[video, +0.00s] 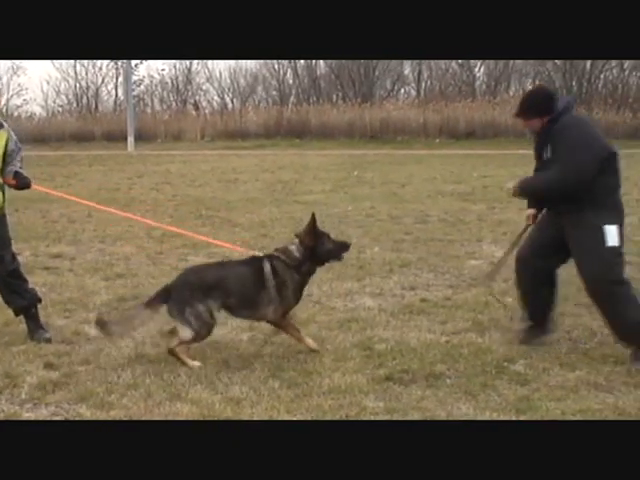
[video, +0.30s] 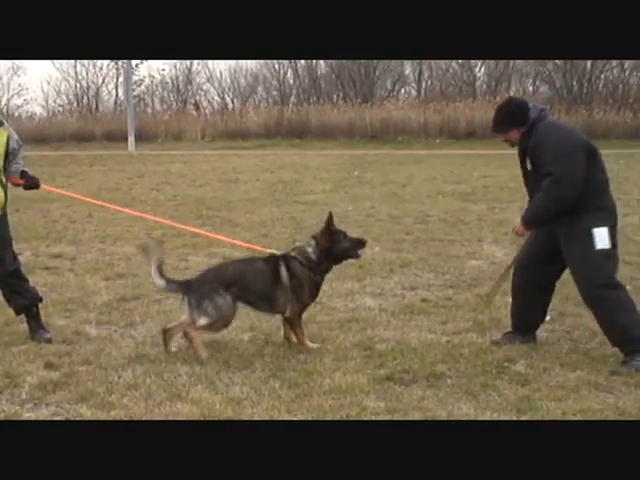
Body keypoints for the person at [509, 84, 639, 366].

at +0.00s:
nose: (526, 126)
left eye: (528, 121)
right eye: (525, 121)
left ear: (543, 117)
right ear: (541, 117)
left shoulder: (575, 132)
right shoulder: (549, 134)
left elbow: (570, 178)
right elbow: (546, 171)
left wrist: (527, 186)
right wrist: (536, 205)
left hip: (594, 217)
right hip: (561, 215)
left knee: (604, 281)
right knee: (530, 260)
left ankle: (636, 340)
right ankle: (538, 324)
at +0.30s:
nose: (505, 139)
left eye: (506, 133)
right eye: (503, 135)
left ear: (521, 124)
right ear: (520, 125)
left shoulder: (557, 139)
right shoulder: (533, 144)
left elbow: (564, 189)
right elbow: (542, 187)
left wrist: (529, 220)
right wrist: (532, 219)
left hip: (587, 221)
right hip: (555, 222)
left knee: (598, 285)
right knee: (529, 271)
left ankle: (634, 349)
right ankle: (523, 332)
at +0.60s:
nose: (542, 134)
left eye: (547, 129)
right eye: (539, 129)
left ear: (567, 122)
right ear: (536, 125)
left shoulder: (599, 140)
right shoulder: (533, 143)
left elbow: (613, 184)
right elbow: (520, 176)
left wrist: (573, 212)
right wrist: (514, 215)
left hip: (596, 223)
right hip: (553, 220)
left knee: (613, 285)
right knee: (521, 269)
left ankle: (634, 354)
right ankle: (506, 333)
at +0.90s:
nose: (541, 143)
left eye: (546, 137)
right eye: (538, 137)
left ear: (563, 128)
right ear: (532, 129)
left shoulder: (593, 133)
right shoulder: (526, 139)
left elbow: (611, 173)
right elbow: (509, 172)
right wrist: (511, 213)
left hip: (593, 221)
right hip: (548, 221)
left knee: (612, 281)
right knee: (519, 274)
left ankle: (632, 349)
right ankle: (503, 339)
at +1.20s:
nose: (570, 126)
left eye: (577, 122)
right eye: (568, 119)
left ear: (594, 121)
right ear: (564, 113)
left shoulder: (618, 143)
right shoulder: (546, 132)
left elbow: (634, 184)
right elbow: (518, 163)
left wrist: (622, 215)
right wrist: (507, 205)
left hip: (594, 226)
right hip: (547, 220)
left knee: (612, 287)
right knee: (516, 272)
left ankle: (632, 352)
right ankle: (495, 334)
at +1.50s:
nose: (542, 123)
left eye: (549, 119)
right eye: (540, 117)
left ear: (567, 116)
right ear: (536, 113)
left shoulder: (592, 134)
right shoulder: (523, 135)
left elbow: (617, 171)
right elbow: (497, 172)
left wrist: (600, 204)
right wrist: (493, 217)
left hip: (580, 225)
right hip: (532, 224)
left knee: (604, 284)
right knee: (508, 280)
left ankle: (620, 345)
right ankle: (493, 341)